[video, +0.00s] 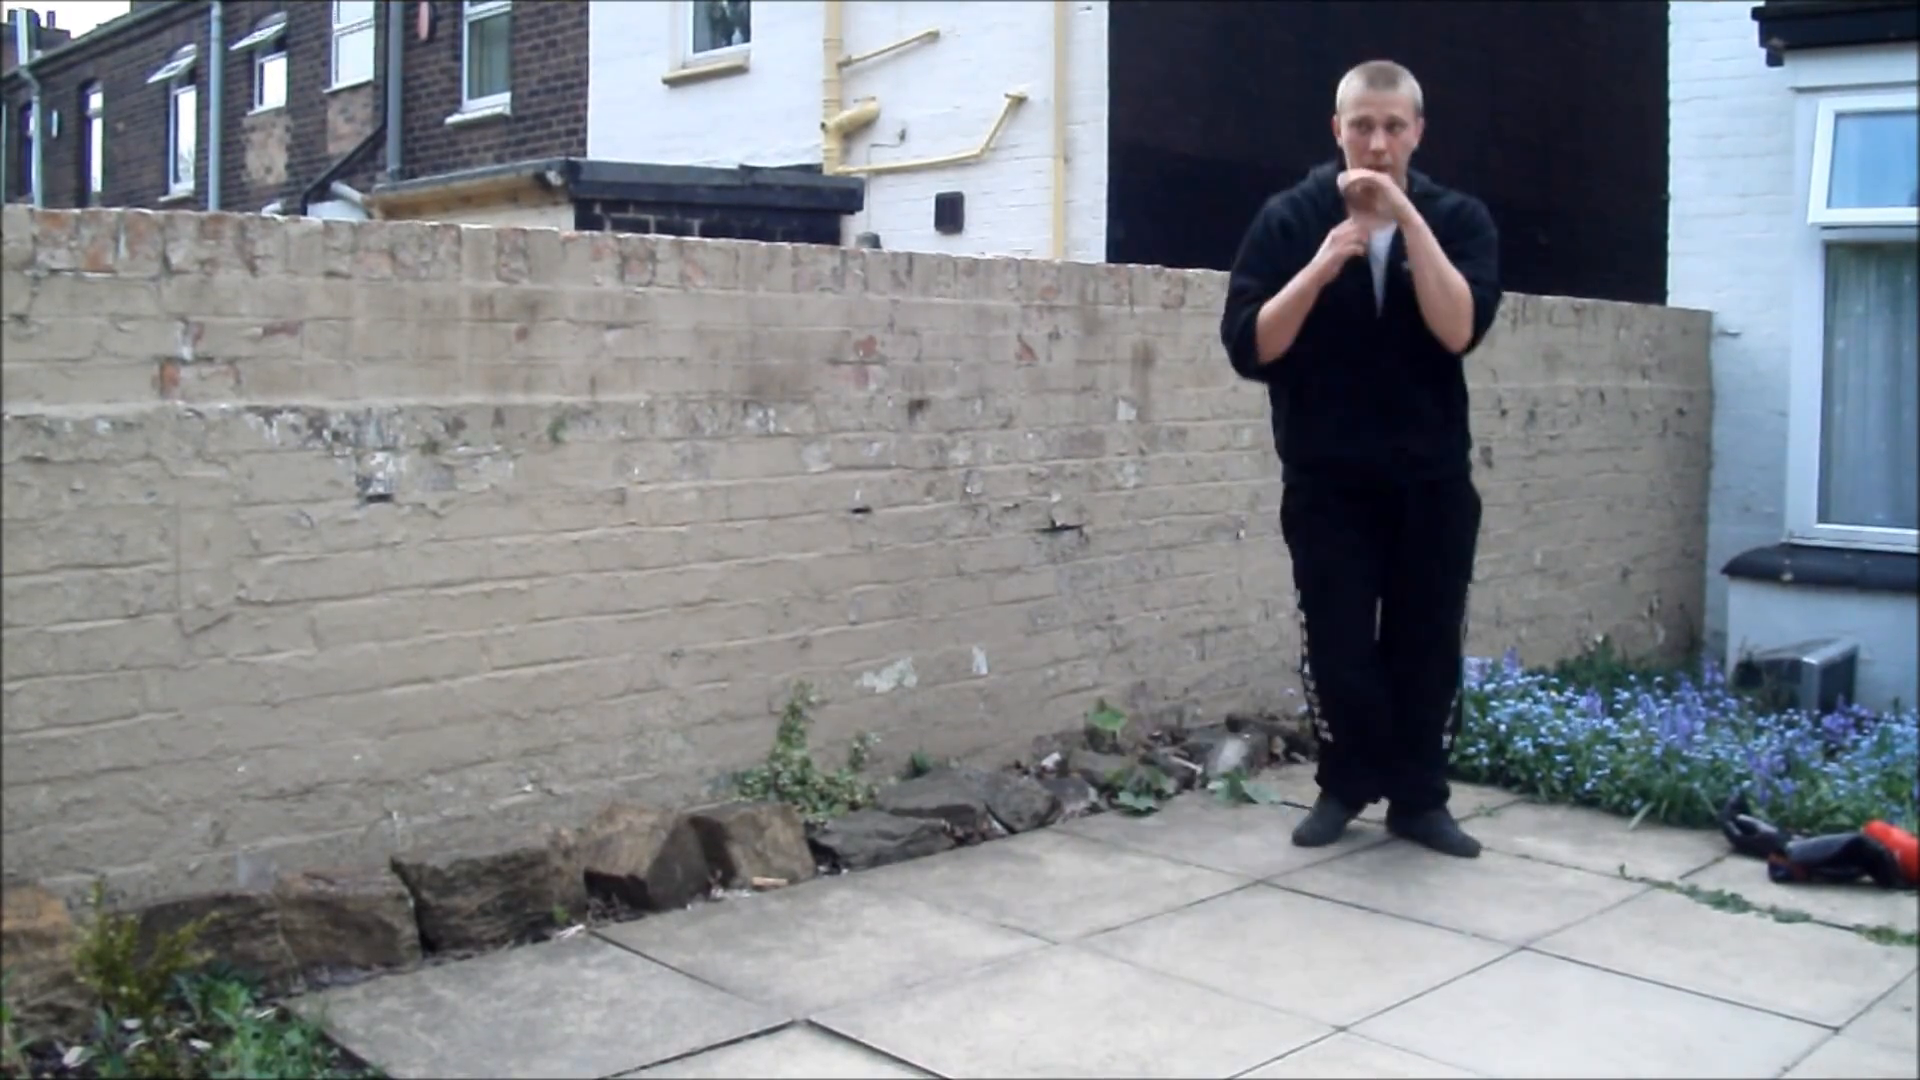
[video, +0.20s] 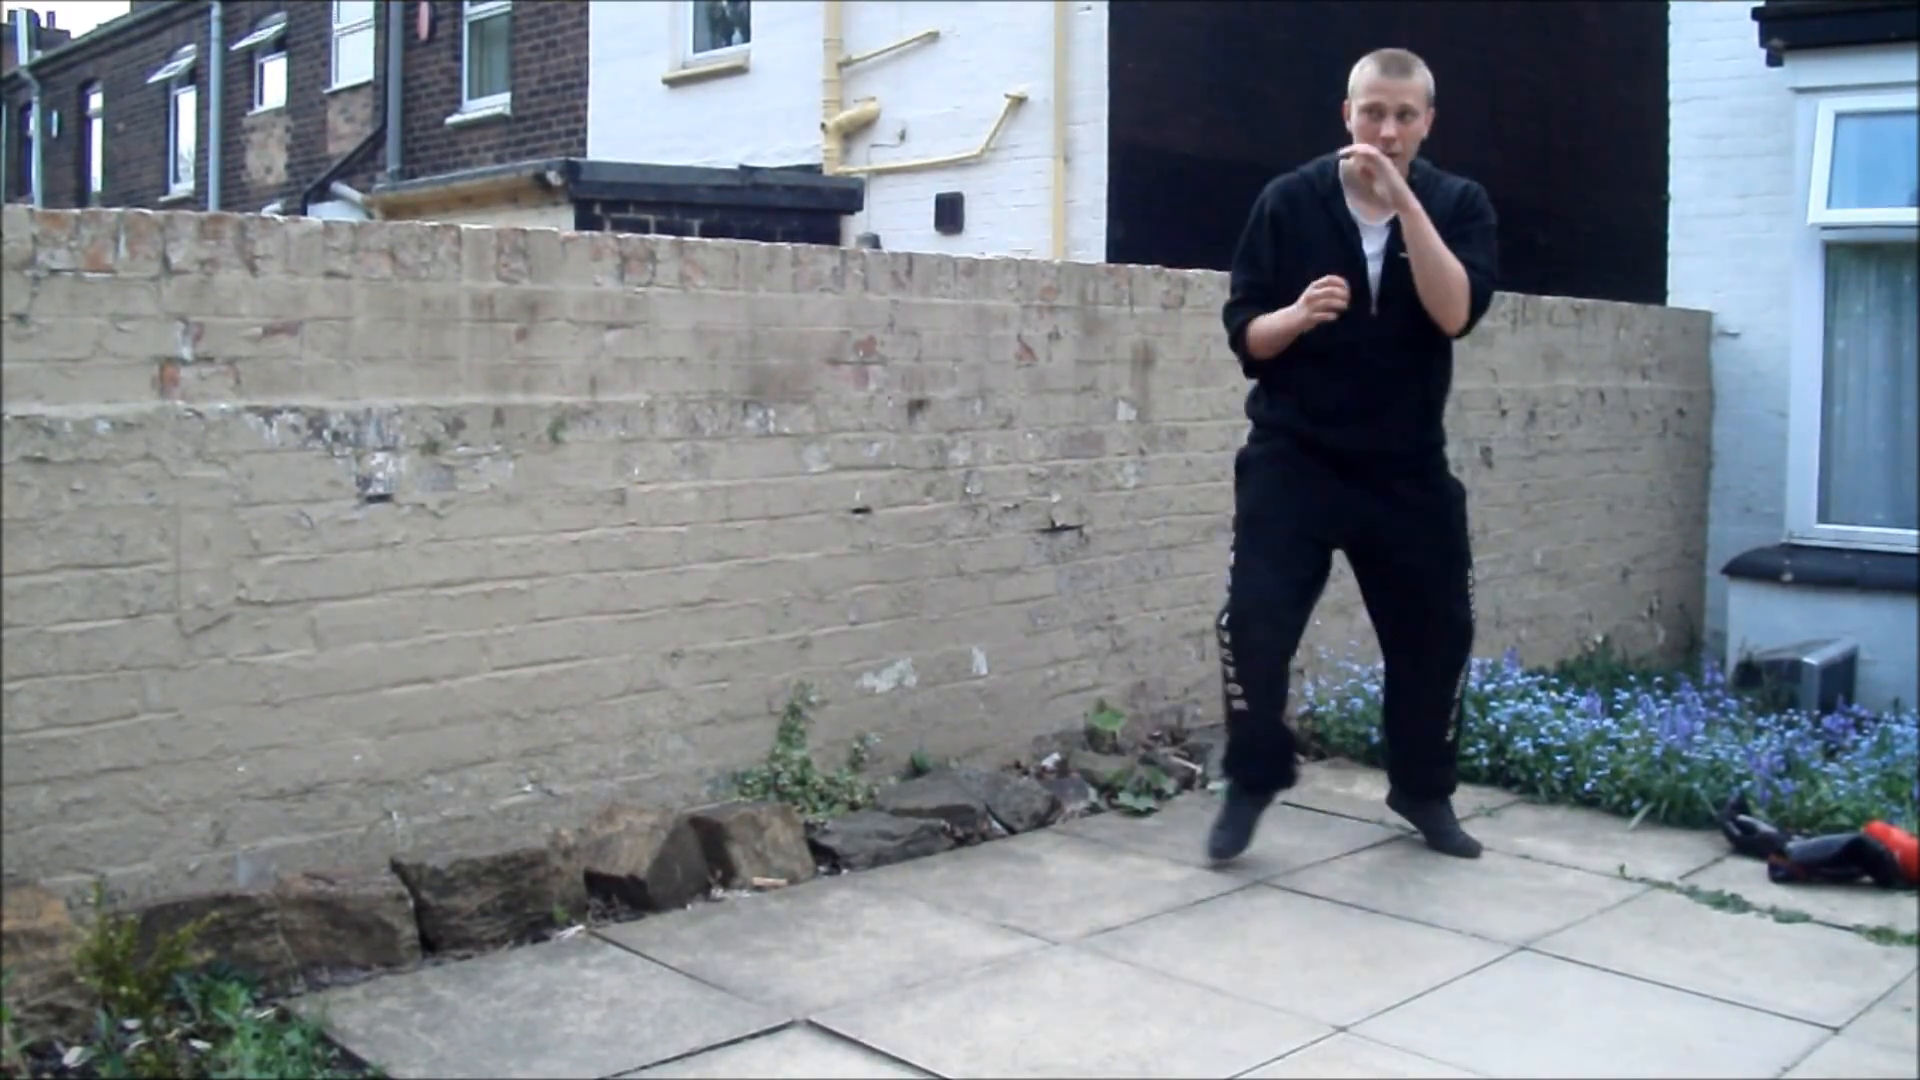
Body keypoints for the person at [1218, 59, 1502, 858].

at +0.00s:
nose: (1378, 142)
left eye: (1394, 127)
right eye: (1364, 126)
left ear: (1419, 132)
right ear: (1337, 130)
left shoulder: (1458, 221)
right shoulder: (1285, 221)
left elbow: (1459, 331)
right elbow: (1249, 349)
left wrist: (1407, 217)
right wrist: (1318, 270)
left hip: (1430, 474)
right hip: (1324, 473)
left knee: (1428, 636)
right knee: (1337, 637)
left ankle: (1419, 801)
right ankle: (1342, 789)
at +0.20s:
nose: (1387, 131)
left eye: (1404, 116)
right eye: (1374, 114)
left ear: (1429, 123)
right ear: (1346, 115)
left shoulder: (1459, 206)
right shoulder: (1288, 202)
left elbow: (1456, 313)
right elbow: (1245, 337)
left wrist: (1405, 202)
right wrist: (1296, 316)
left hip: (1406, 467)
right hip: (1291, 464)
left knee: (1435, 634)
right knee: (1255, 623)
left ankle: (1422, 790)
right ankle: (1251, 779)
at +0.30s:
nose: (1376, 147)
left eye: (1393, 133)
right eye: (1363, 131)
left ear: (1416, 140)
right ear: (1333, 132)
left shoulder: (1437, 212)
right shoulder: (1274, 215)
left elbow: (1453, 300)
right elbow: (1207, 344)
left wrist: (1390, 198)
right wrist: (1266, 343)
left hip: (1397, 483)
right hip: (1282, 481)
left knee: (1444, 639)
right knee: (1215, 636)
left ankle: (1408, 800)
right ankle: (1140, 820)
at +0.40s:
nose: (1346, 159)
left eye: (1364, 145)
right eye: (1333, 142)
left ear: (1386, 151)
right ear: (1302, 142)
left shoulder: (1409, 233)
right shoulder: (1244, 230)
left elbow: (1433, 326)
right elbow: (1176, 367)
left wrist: (1367, 227)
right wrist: (1232, 336)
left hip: (1367, 507)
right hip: (1253, 505)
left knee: (1420, 651)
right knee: (1188, 661)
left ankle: (1403, 811)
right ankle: (1086, 834)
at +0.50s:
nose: (1289, 151)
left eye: (1306, 135)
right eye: (1275, 134)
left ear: (1334, 141)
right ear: (1251, 134)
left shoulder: (1371, 234)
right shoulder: (1203, 215)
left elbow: (1389, 360)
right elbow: (1093, 294)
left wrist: (1330, 252)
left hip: (1340, 494)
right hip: (1218, 492)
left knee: (1412, 645)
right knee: (1160, 657)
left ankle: (1416, 792)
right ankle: (1082, 834)